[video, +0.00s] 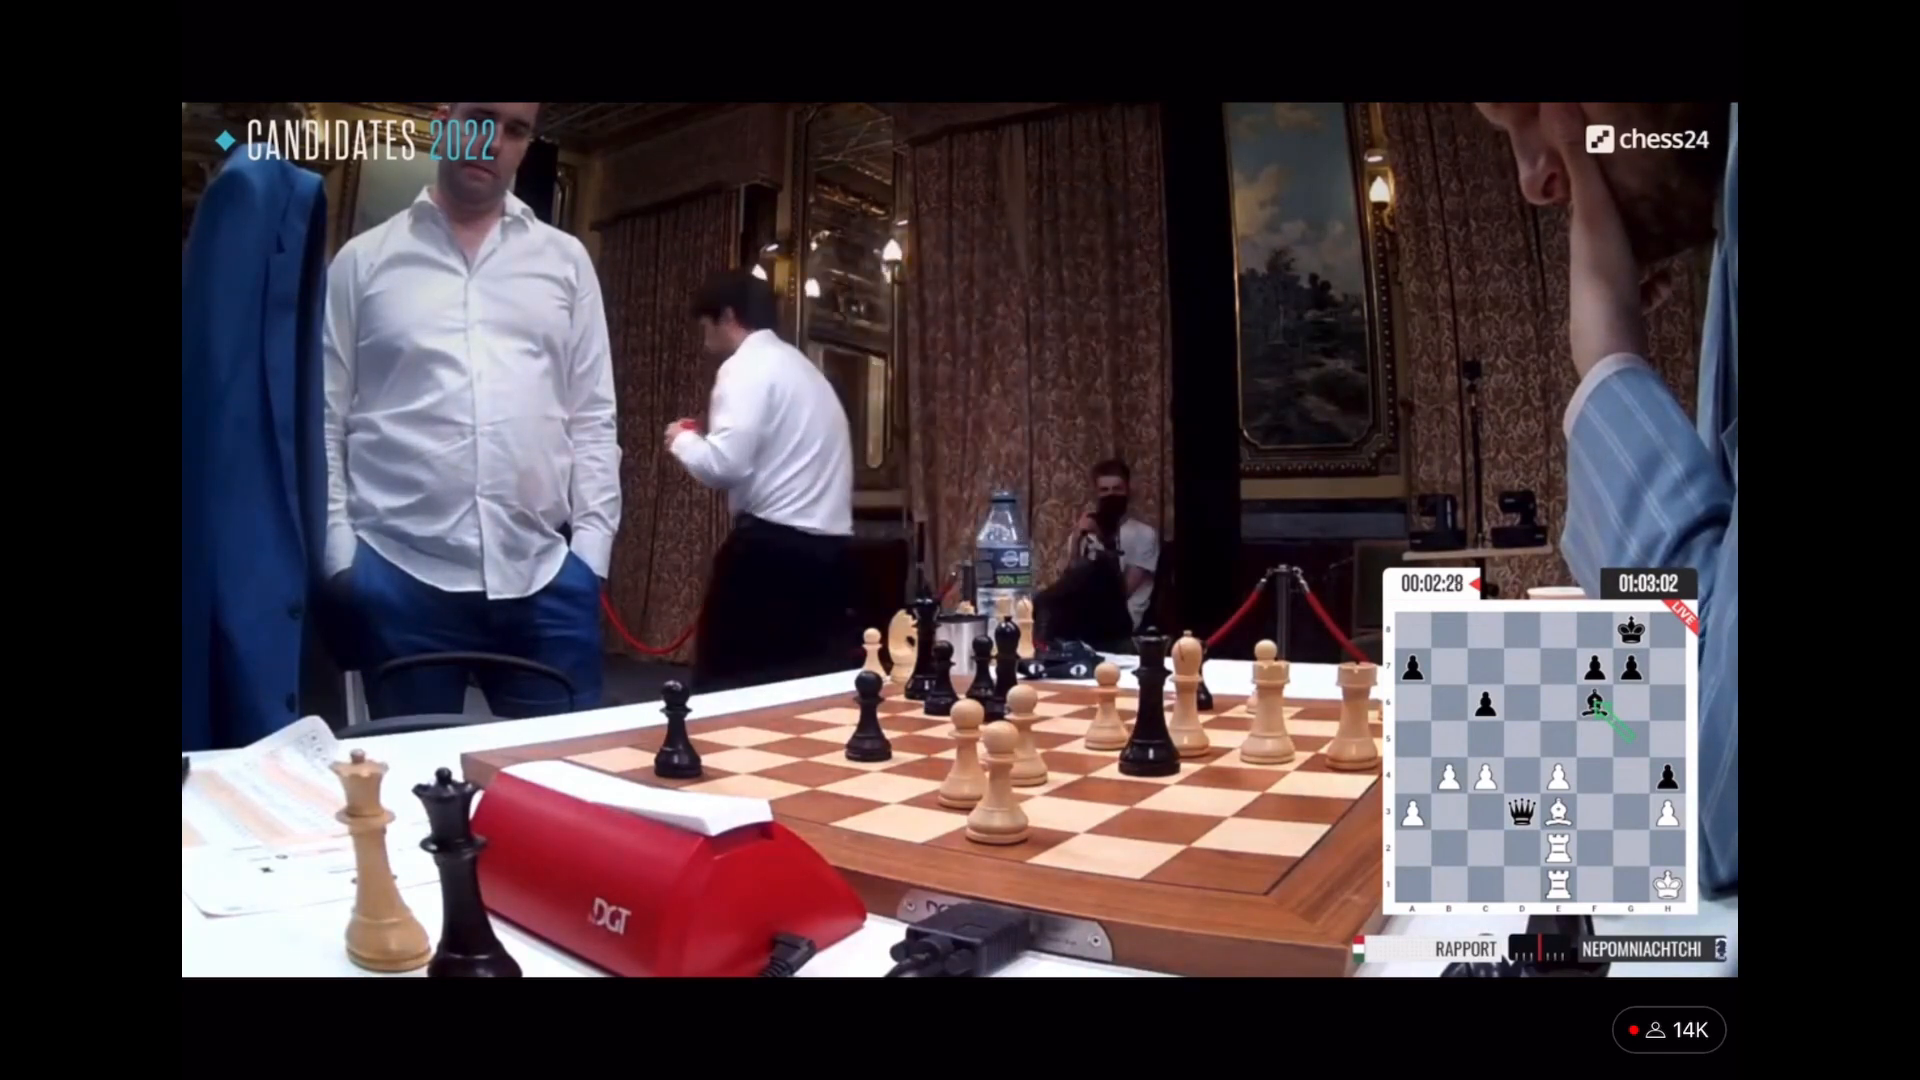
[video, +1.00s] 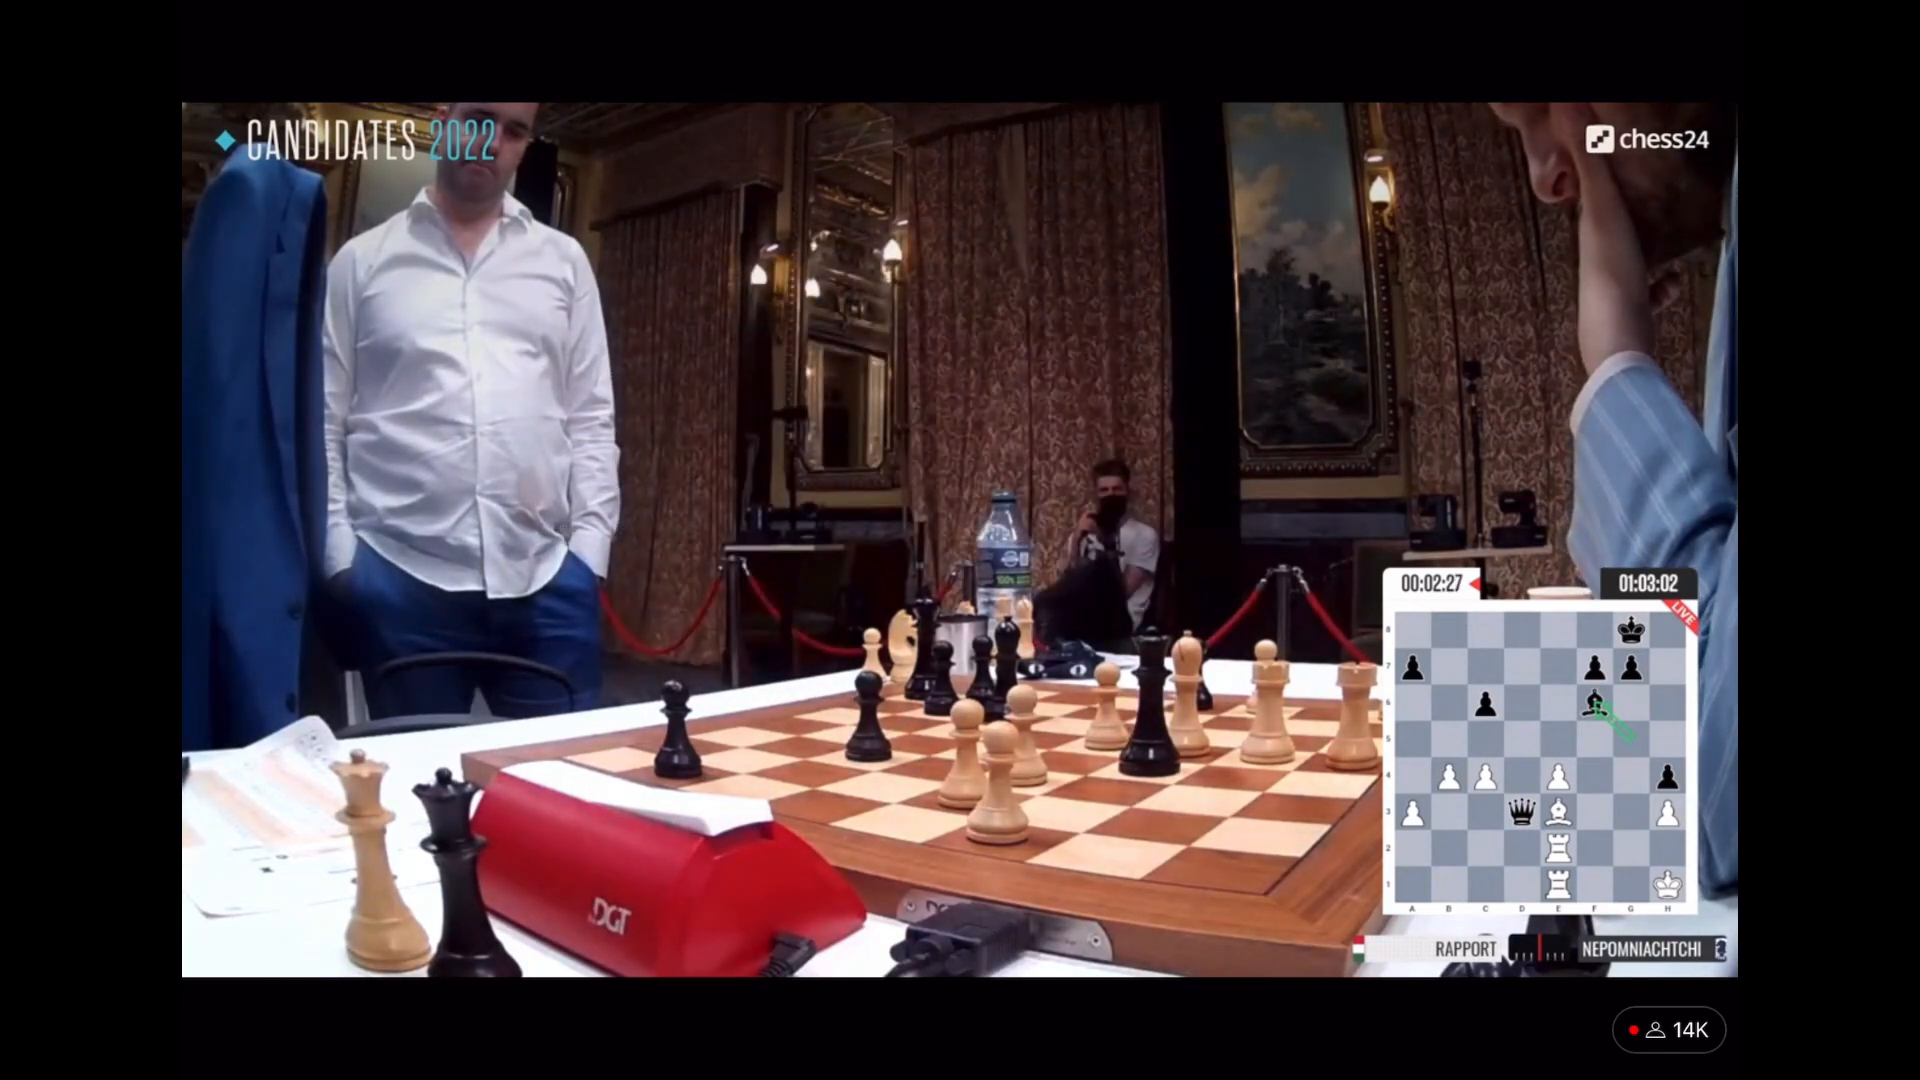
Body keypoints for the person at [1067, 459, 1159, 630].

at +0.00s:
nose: (1110, 496)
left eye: (1117, 489)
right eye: (1104, 490)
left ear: (1127, 491)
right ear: (1096, 493)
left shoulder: (1144, 536)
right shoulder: (1083, 535)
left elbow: (1125, 590)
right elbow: (1071, 583)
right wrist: (1076, 540)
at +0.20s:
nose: (1110, 496)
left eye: (1117, 489)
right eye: (1104, 490)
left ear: (1127, 491)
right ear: (1096, 493)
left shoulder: (1145, 536)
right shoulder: (1082, 536)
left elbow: (1125, 590)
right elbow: (1070, 584)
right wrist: (1077, 539)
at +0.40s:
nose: (1110, 495)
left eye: (1117, 489)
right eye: (1104, 490)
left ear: (1127, 491)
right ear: (1095, 493)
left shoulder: (1145, 536)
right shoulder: (1082, 536)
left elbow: (1125, 590)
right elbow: (1071, 583)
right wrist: (1077, 539)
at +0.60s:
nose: (1110, 495)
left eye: (1117, 489)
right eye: (1104, 490)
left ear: (1127, 491)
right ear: (1096, 493)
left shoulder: (1144, 536)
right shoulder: (1083, 536)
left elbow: (1126, 589)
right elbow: (1069, 581)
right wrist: (1077, 538)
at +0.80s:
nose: (1111, 495)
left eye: (1117, 489)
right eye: (1104, 490)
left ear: (1127, 491)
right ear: (1096, 493)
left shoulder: (1145, 536)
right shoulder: (1083, 537)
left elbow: (1126, 590)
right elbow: (1071, 582)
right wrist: (1076, 537)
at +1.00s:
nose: (1110, 495)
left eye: (1117, 489)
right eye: (1103, 490)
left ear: (1127, 491)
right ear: (1096, 493)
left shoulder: (1145, 536)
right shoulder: (1083, 536)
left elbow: (1126, 590)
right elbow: (1071, 582)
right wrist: (1076, 537)